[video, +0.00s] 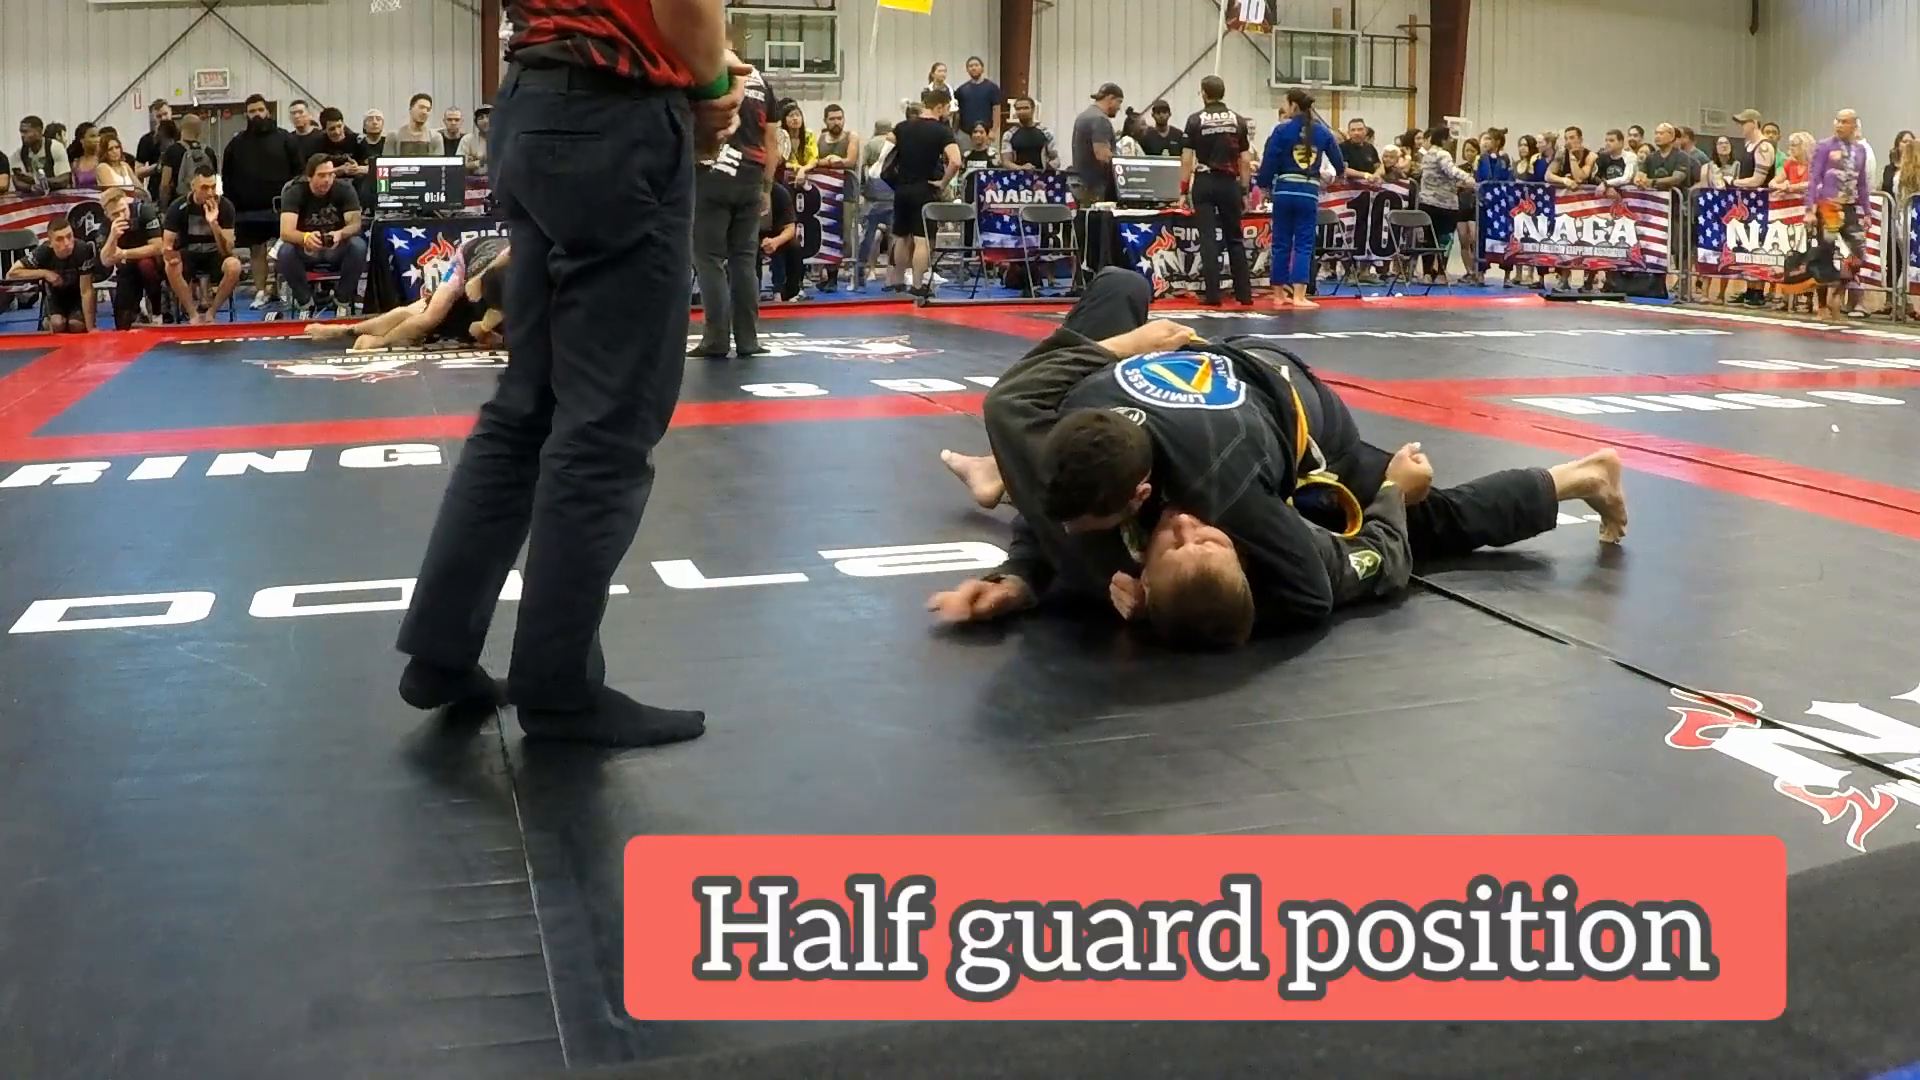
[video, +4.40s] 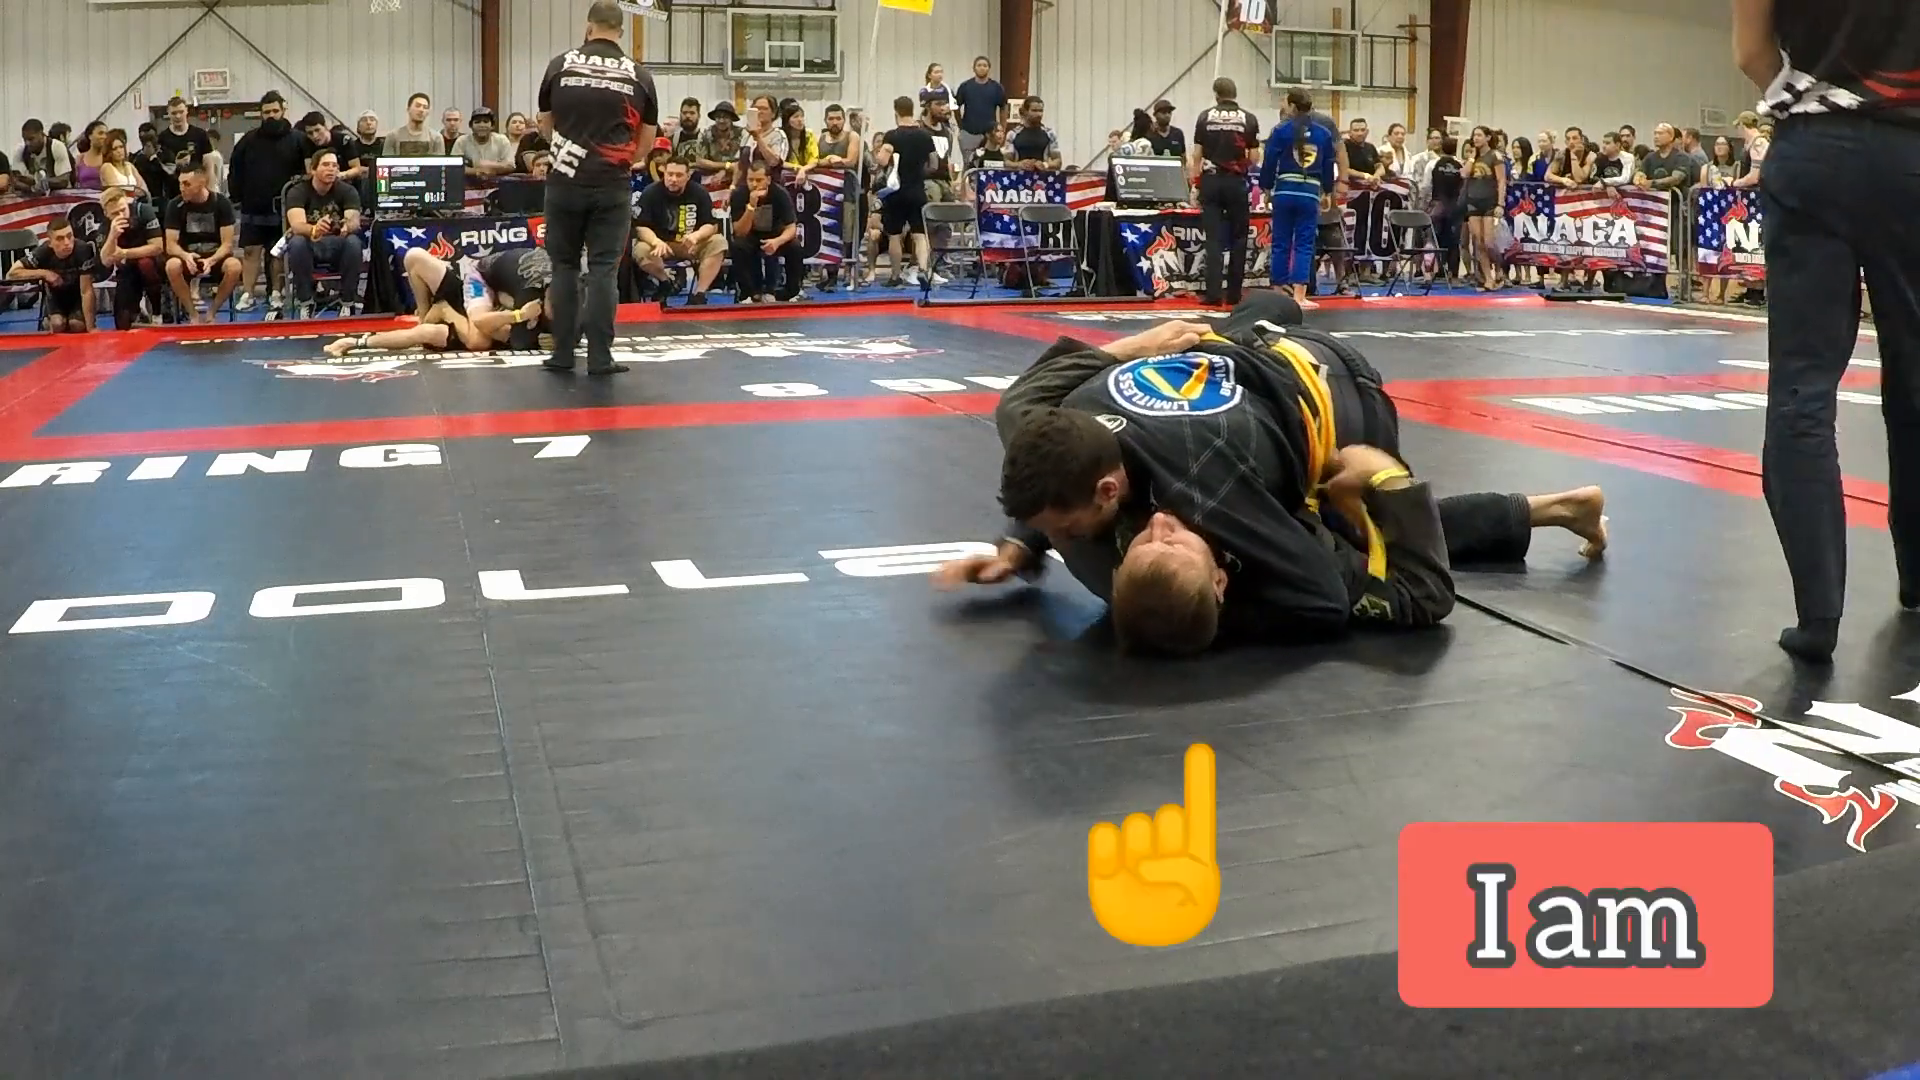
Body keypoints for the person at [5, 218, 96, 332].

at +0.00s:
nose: (67, 243)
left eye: (69, 237)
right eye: (60, 239)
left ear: (73, 235)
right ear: (50, 241)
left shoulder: (83, 249)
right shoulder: (44, 251)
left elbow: (86, 290)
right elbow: (12, 273)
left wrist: (91, 328)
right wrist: (44, 273)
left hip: (78, 291)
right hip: (56, 291)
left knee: (76, 325)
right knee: (58, 323)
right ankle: (46, 323)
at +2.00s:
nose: (67, 243)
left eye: (69, 237)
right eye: (60, 239)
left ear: (73, 235)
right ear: (50, 241)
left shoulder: (83, 249)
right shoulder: (44, 251)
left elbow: (86, 290)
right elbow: (12, 274)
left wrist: (91, 328)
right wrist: (44, 273)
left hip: (78, 293)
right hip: (55, 293)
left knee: (76, 325)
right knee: (58, 323)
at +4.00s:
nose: (67, 243)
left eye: (69, 237)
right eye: (60, 239)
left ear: (73, 235)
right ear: (50, 240)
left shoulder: (83, 249)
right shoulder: (44, 251)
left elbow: (86, 290)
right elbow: (12, 273)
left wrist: (91, 327)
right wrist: (44, 273)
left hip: (78, 291)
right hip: (55, 292)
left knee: (76, 324)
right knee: (57, 323)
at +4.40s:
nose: (67, 243)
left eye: (69, 237)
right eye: (60, 239)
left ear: (73, 235)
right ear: (50, 240)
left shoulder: (83, 249)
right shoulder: (44, 251)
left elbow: (86, 290)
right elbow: (12, 273)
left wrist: (91, 327)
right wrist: (44, 273)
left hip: (78, 291)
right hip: (55, 292)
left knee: (77, 324)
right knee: (58, 323)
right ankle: (46, 323)